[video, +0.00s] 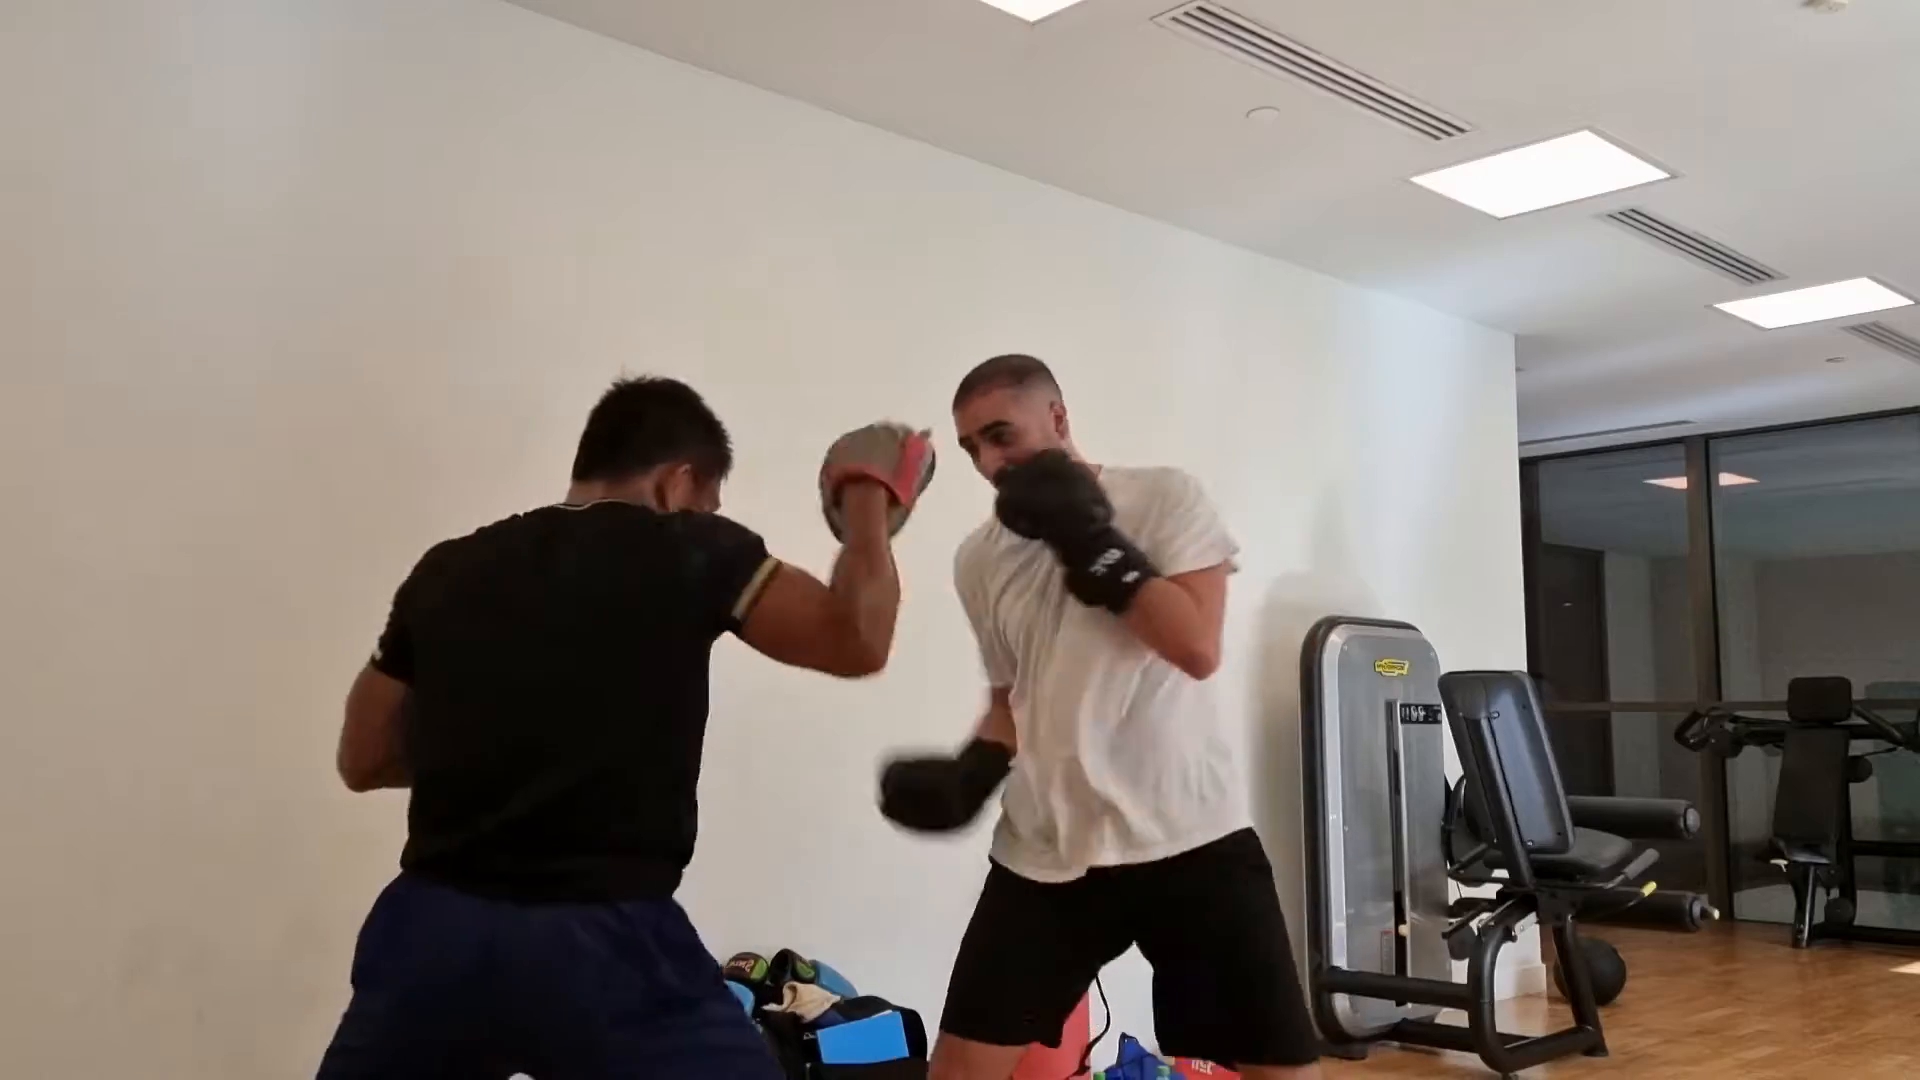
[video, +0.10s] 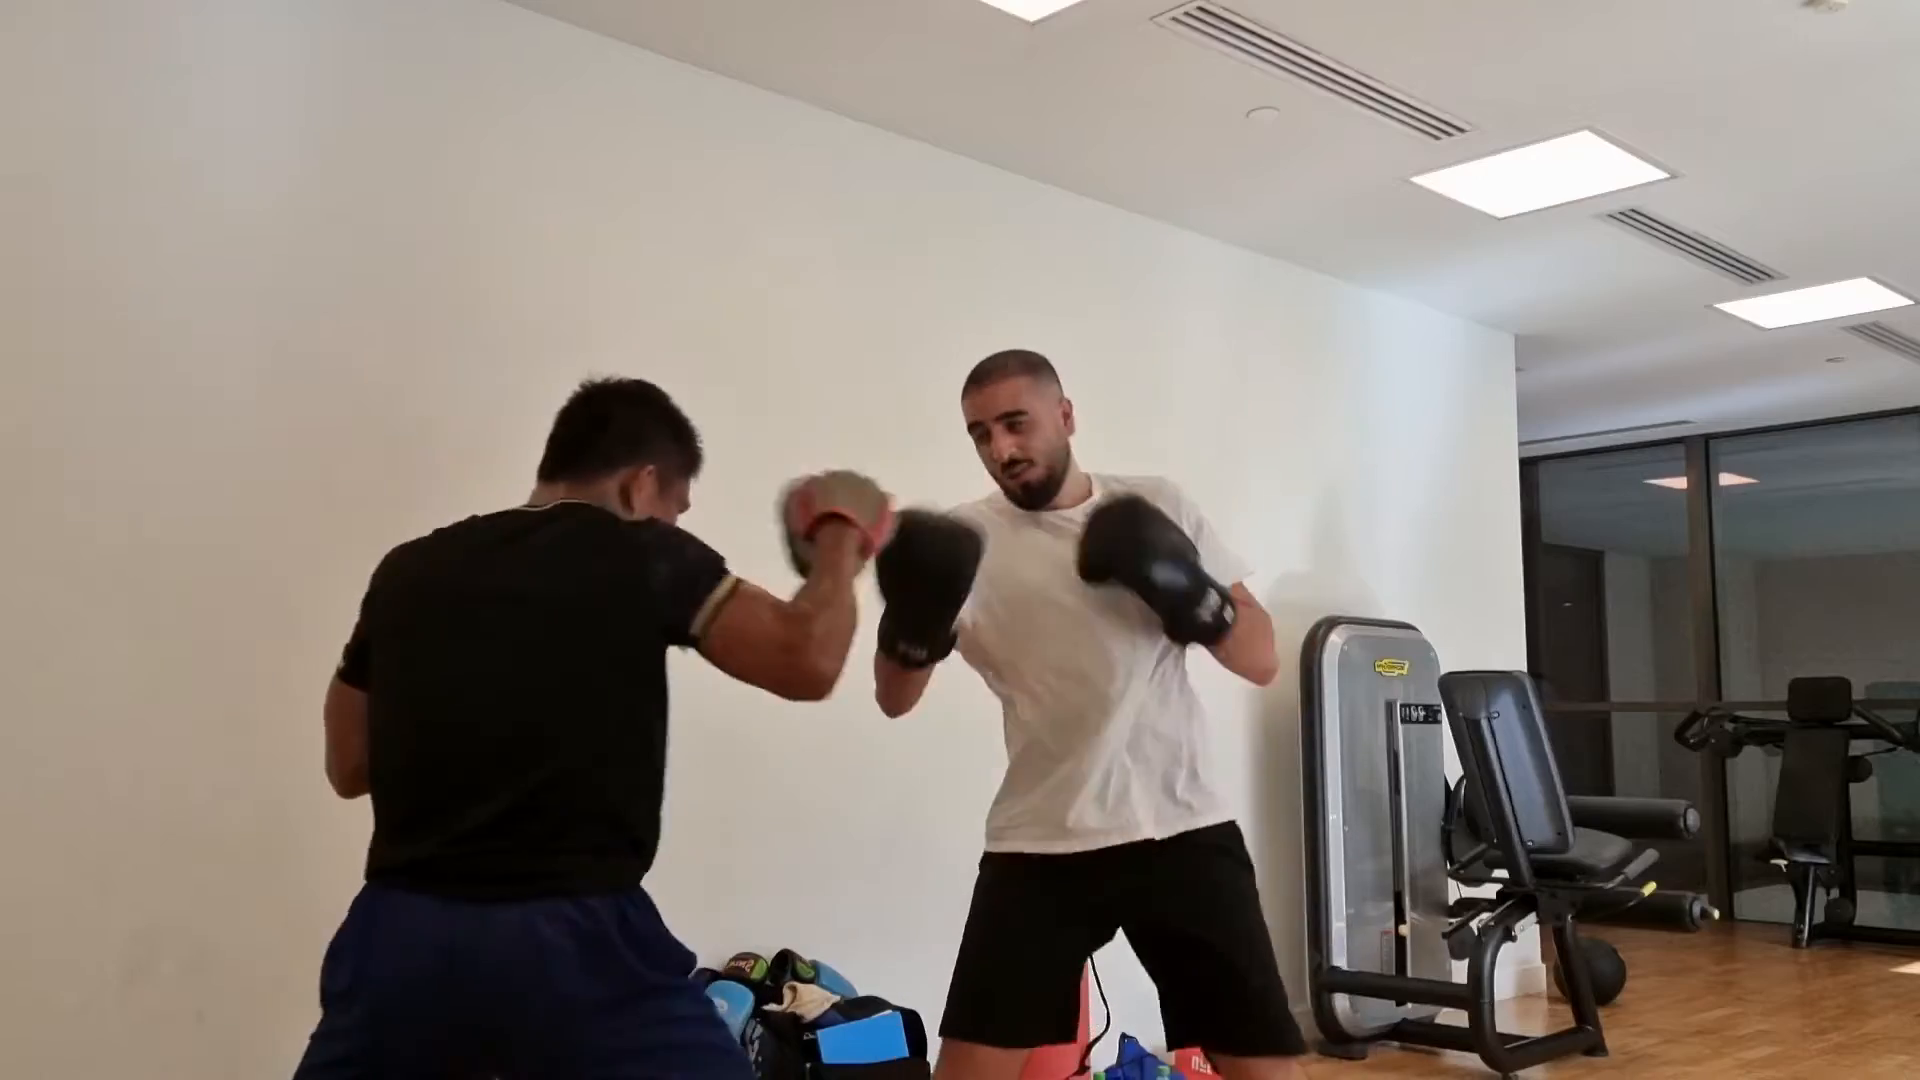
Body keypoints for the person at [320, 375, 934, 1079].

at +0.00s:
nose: (710, 522)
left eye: (715, 506)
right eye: (712, 502)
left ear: (584, 470)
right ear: (676, 480)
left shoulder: (447, 568)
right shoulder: (689, 549)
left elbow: (363, 759)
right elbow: (858, 641)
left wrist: (493, 720)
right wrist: (868, 497)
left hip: (428, 950)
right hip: (613, 958)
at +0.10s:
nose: (671, 531)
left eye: (679, 518)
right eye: (674, 513)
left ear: (551, 471)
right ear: (637, 483)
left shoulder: (408, 568)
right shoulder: (642, 554)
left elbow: (348, 765)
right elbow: (809, 662)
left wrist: (466, 693)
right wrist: (840, 546)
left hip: (398, 956)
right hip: (588, 959)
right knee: (711, 1057)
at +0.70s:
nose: (674, 490)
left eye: (680, 469)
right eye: (675, 467)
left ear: (545, 444)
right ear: (633, 453)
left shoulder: (426, 564)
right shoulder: (663, 531)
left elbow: (399, 672)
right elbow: (839, 623)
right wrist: (954, 570)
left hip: (442, 953)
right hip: (621, 955)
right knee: (747, 1062)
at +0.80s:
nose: (755, 474)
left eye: (758, 451)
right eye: (755, 448)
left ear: (627, 439)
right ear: (713, 442)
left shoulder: (539, 560)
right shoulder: (694, 538)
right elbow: (789, 717)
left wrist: (873, 682)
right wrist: (925, 667)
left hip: (495, 921)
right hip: (649, 932)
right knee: (797, 1059)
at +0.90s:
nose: (805, 479)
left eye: (809, 459)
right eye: (804, 456)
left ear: (680, 438)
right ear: (764, 451)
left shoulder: (618, 547)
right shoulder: (694, 551)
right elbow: (797, 733)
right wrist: (844, 644)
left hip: (531, 921)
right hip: (644, 936)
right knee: (807, 1064)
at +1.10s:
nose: (776, 465)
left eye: (781, 449)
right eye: (777, 447)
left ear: (651, 435)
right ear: (743, 439)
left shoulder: (538, 548)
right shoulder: (778, 518)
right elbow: (957, 527)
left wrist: (600, 718)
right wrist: (941, 568)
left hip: (536, 915)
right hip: (714, 921)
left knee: (472, 1068)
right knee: (822, 1063)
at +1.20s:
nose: (795, 475)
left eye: (800, 458)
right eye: (796, 456)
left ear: (669, 440)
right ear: (757, 447)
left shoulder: (557, 558)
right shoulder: (787, 527)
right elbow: (950, 559)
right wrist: (971, 542)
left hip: (543, 928)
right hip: (711, 938)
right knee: (843, 1062)